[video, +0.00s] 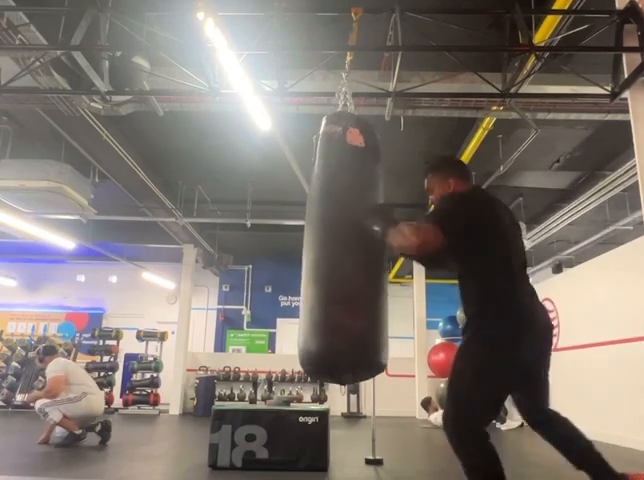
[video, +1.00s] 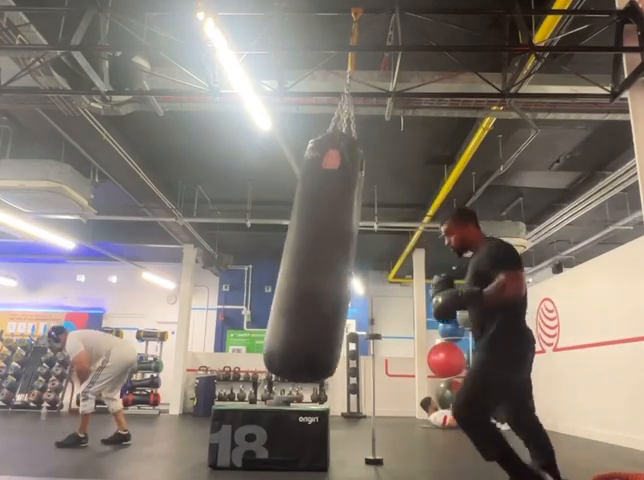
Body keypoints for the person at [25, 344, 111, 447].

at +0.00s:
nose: (43, 368)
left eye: (42, 364)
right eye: (41, 365)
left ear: (44, 358)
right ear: (55, 354)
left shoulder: (55, 364)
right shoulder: (67, 363)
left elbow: (53, 391)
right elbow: (61, 403)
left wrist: (35, 396)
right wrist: (47, 434)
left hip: (87, 403)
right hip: (97, 403)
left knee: (42, 405)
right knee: (59, 433)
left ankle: (77, 432)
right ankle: (98, 426)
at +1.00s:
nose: (59, 349)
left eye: (57, 346)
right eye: (55, 348)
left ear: (60, 337)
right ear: (64, 333)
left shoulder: (71, 340)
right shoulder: (78, 335)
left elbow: (82, 366)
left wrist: (84, 386)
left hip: (116, 356)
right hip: (129, 353)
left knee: (87, 393)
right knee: (110, 394)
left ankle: (81, 434)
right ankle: (123, 431)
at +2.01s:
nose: (44, 282)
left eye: (47, 278)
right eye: (45, 278)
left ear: (58, 278)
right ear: (61, 279)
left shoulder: (62, 294)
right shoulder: (67, 295)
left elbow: (62, 320)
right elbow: (76, 323)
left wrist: (42, 340)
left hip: (61, 344)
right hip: (55, 344)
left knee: (68, 389)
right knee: (40, 387)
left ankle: (79, 431)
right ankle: (24, 430)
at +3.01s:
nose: (44, 327)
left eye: (44, 324)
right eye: (41, 324)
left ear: (38, 326)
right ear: (33, 325)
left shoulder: (33, 341)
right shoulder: (21, 340)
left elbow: (29, 360)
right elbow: (9, 359)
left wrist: (30, 373)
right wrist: (9, 380)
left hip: (23, 373)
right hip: (13, 374)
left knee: (42, 384)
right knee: (41, 385)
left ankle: (34, 415)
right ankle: (31, 416)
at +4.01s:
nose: (79, 312)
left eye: (79, 309)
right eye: (77, 309)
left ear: (73, 309)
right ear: (69, 308)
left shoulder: (69, 325)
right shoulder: (56, 322)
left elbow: (67, 344)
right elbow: (45, 341)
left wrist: (69, 360)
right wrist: (43, 361)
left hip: (64, 360)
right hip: (56, 360)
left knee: (47, 388)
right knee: (69, 384)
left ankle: (32, 415)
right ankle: (76, 414)